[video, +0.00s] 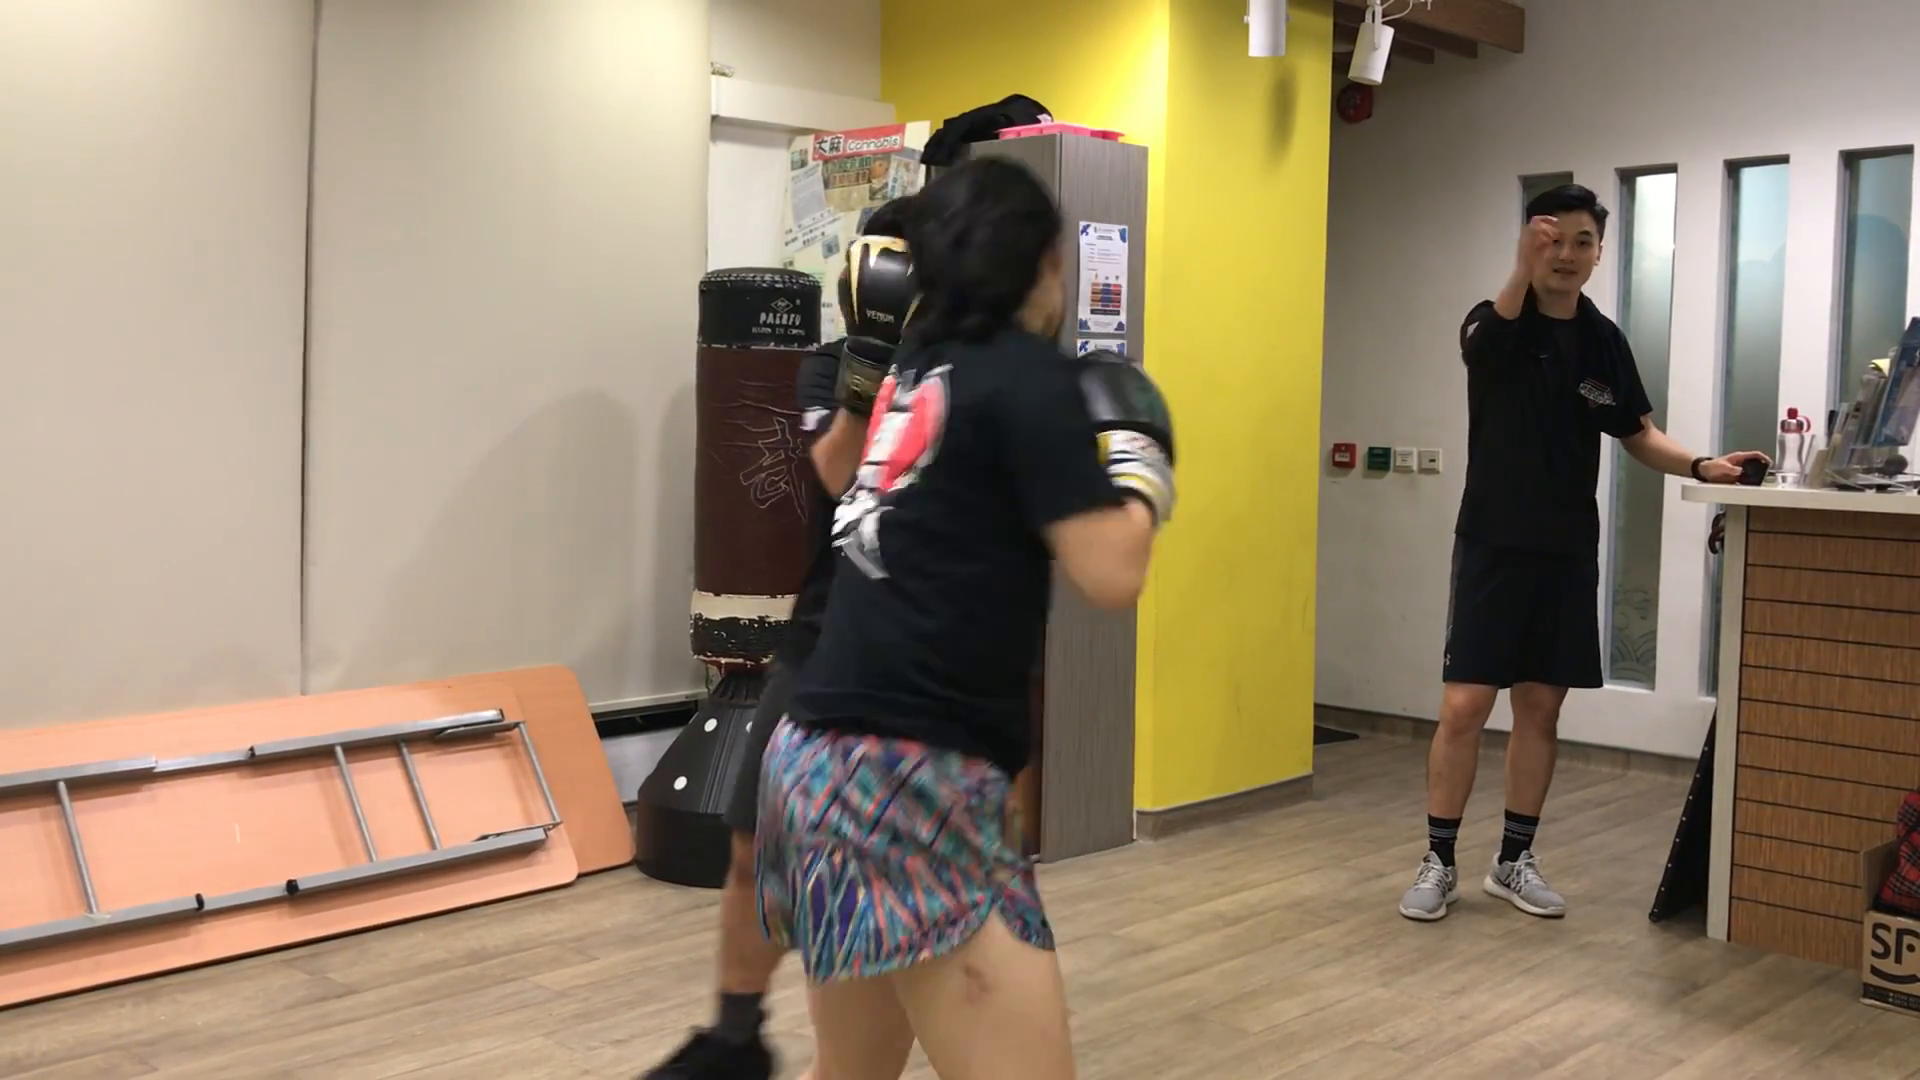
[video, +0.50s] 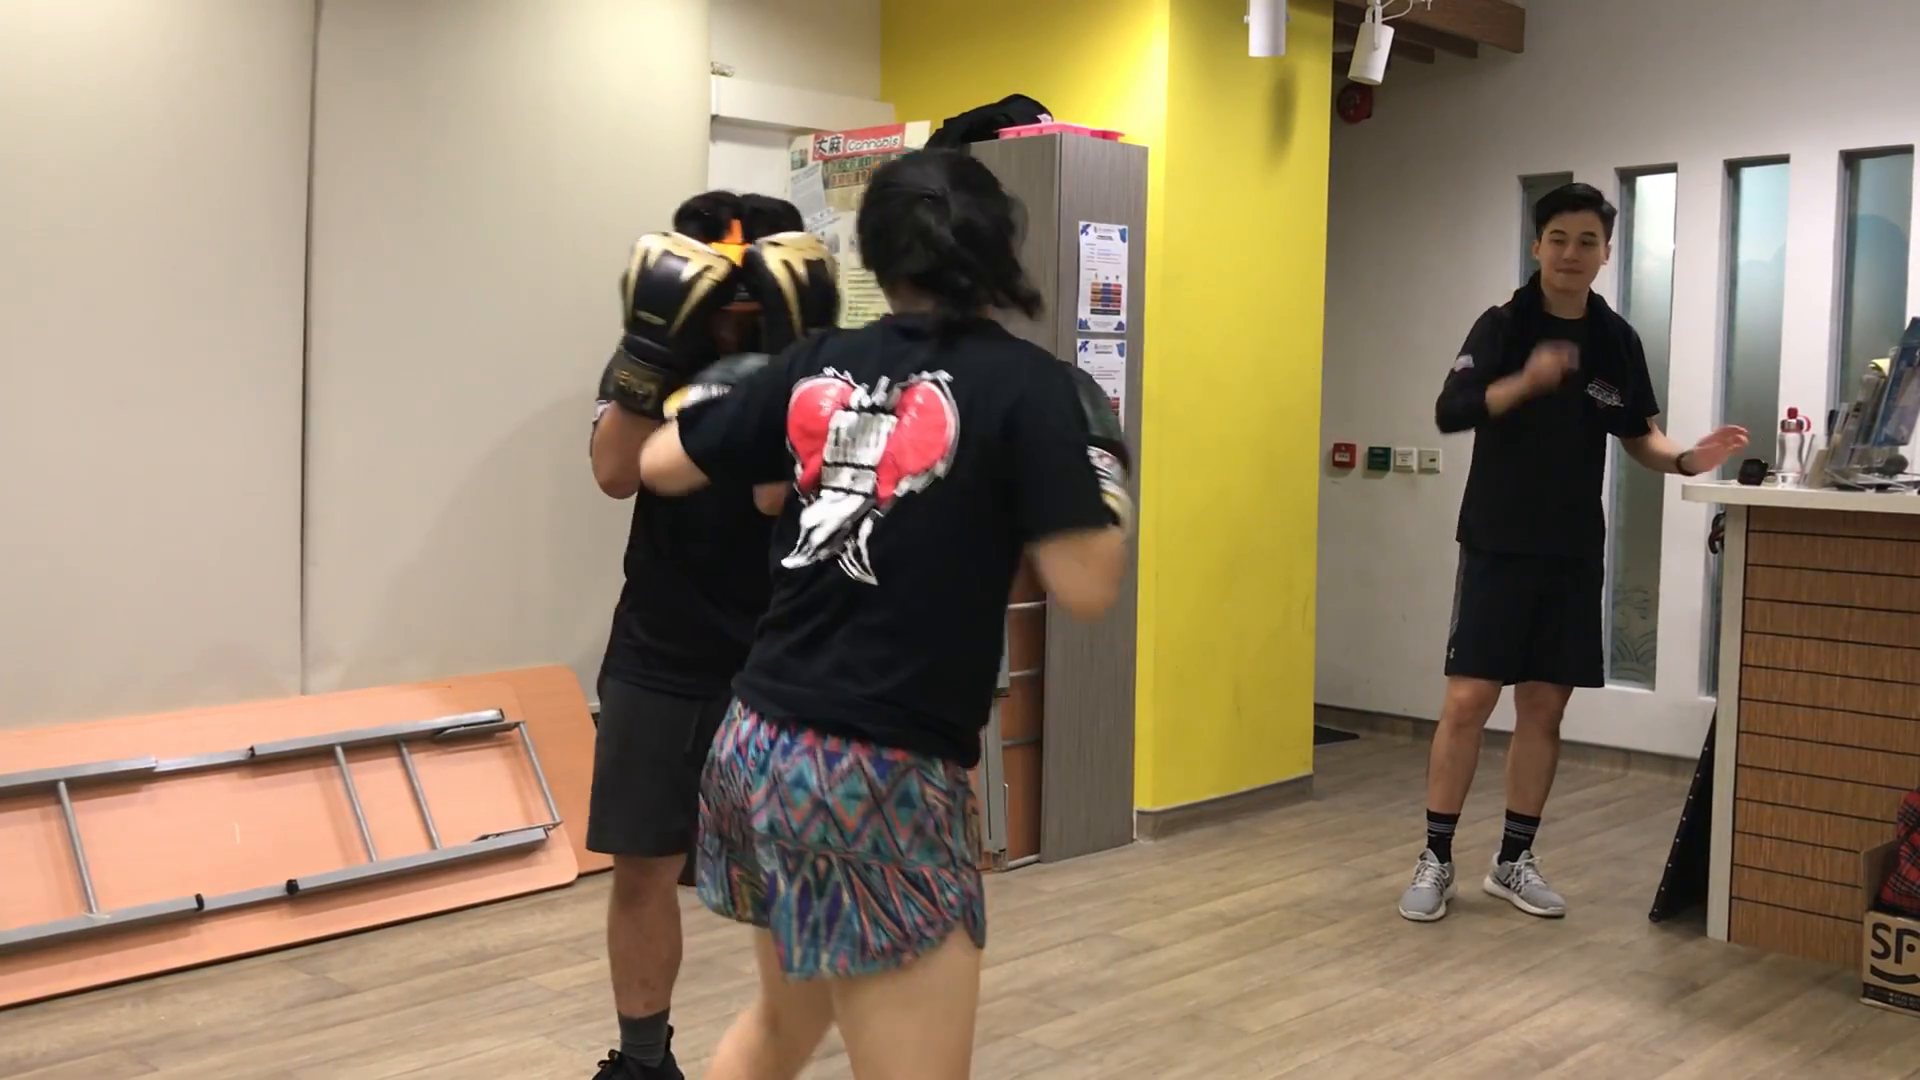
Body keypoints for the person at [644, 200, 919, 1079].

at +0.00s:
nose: (888, 281)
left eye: (902, 263)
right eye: (876, 262)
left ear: (938, 277)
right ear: (853, 275)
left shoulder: (968, 369)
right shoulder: (838, 365)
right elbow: (837, 471)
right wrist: (887, 367)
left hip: (936, 631)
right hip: (828, 621)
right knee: (755, 836)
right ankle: (734, 1035)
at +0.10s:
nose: (861, 292)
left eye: (877, 275)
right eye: (851, 273)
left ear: (911, 289)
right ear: (829, 283)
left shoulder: (941, 380)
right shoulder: (803, 369)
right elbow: (805, 477)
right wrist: (906, 413)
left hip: (900, 656)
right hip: (791, 644)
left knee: (912, 859)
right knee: (718, 861)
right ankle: (666, 1048)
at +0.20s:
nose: (857, 292)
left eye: (871, 276)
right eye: (841, 273)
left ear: (890, 288)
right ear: (799, 282)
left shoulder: (901, 381)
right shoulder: (755, 378)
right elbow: (775, 500)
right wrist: (858, 409)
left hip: (855, 661)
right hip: (743, 656)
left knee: (864, 876)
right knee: (683, 876)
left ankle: (823, 1059)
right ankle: (648, 1056)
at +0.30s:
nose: (808, 302)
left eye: (831, 286)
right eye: (789, 281)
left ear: (859, 297)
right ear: (749, 283)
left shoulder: (866, 387)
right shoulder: (707, 377)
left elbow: (887, 490)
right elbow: (707, 498)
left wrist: (849, 372)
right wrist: (774, 383)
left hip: (821, 669)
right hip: (703, 665)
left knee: (833, 866)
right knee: (662, 866)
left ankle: (841, 1057)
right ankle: (643, 1058)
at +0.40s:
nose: (774, 308)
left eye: (793, 290)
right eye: (752, 287)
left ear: (828, 297)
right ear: (713, 285)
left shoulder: (839, 383)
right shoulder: (675, 369)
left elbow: (874, 474)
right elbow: (651, 483)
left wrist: (844, 363)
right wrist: (707, 364)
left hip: (804, 658)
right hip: (680, 660)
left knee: (826, 857)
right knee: (650, 864)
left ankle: (837, 1051)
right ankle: (643, 1054)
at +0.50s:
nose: (737, 315)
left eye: (757, 295)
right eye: (718, 297)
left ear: (791, 297)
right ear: (684, 297)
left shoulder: (811, 378)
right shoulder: (659, 377)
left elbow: (788, 498)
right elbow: (614, 474)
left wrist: (808, 355)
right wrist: (648, 350)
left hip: (781, 662)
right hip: (662, 660)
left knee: (797, 874)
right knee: (642, 867)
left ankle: (796, 1046)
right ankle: (642, 1054)